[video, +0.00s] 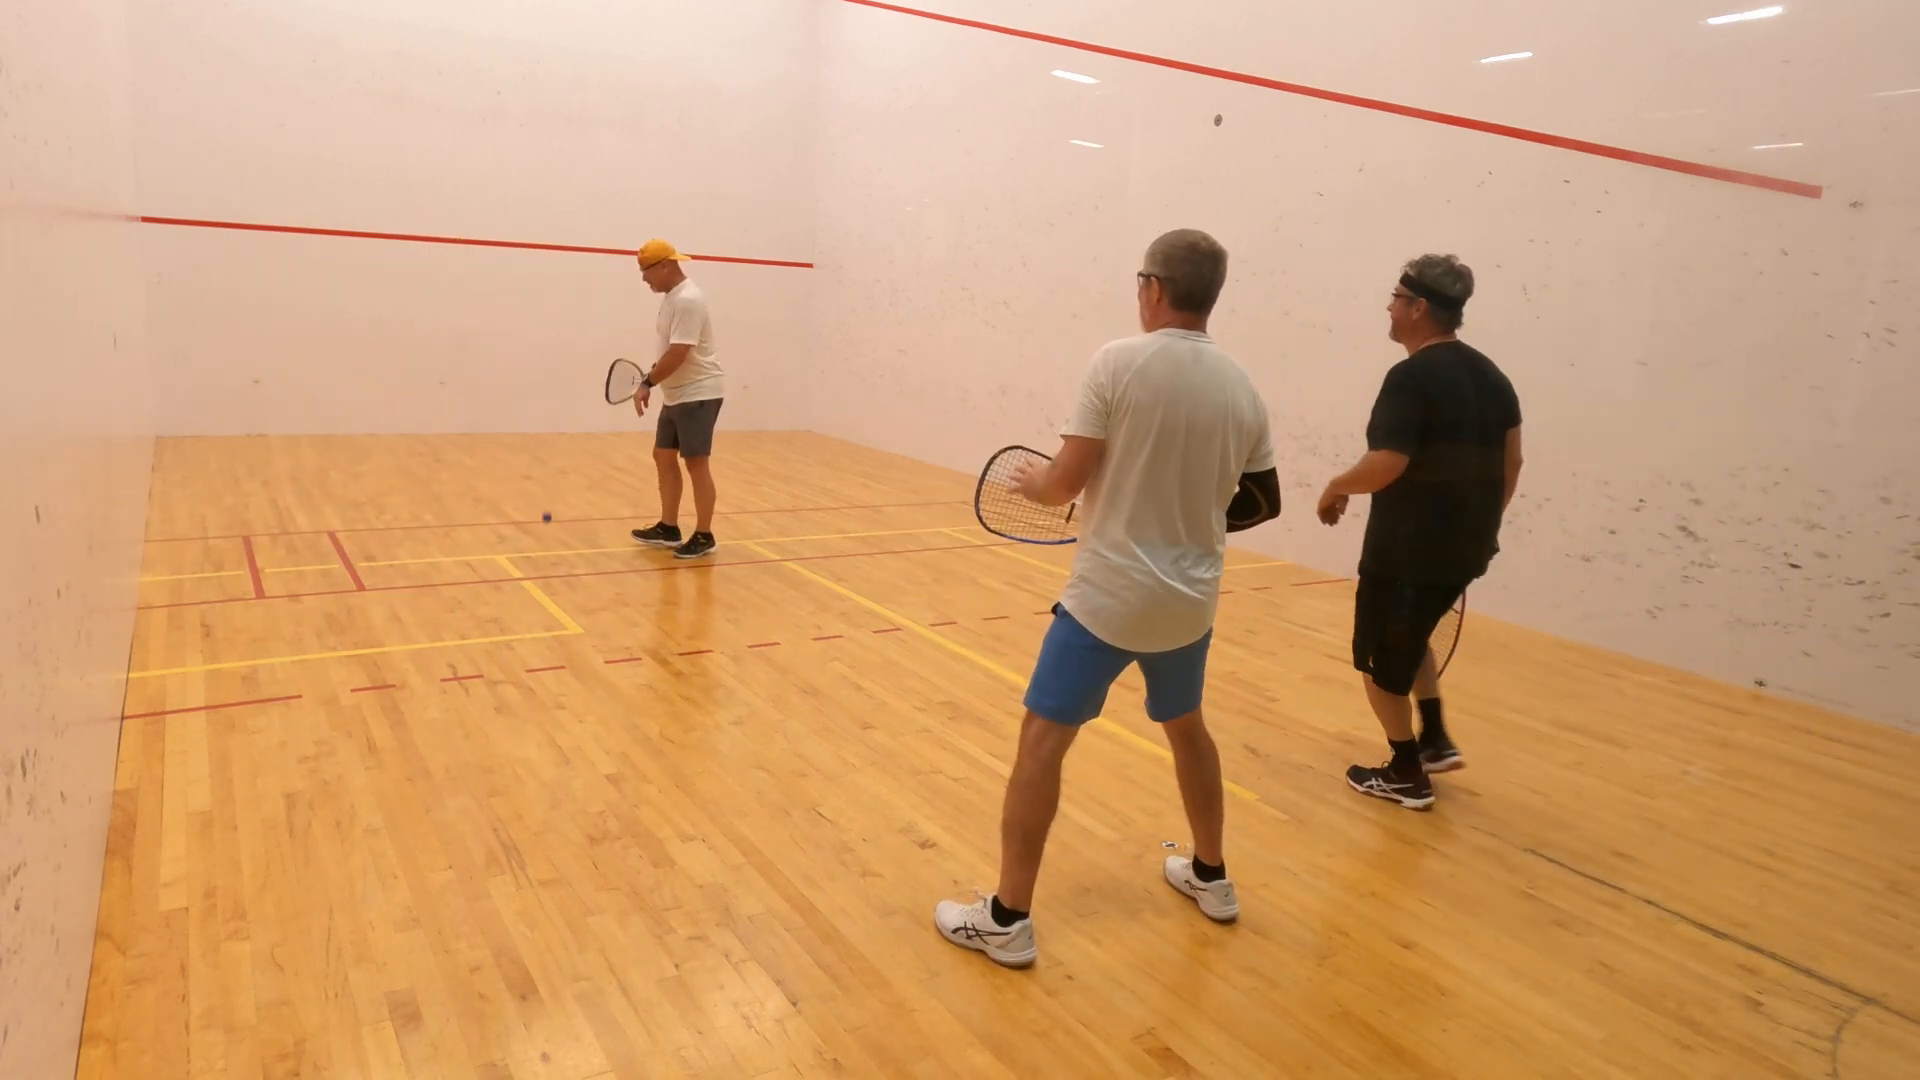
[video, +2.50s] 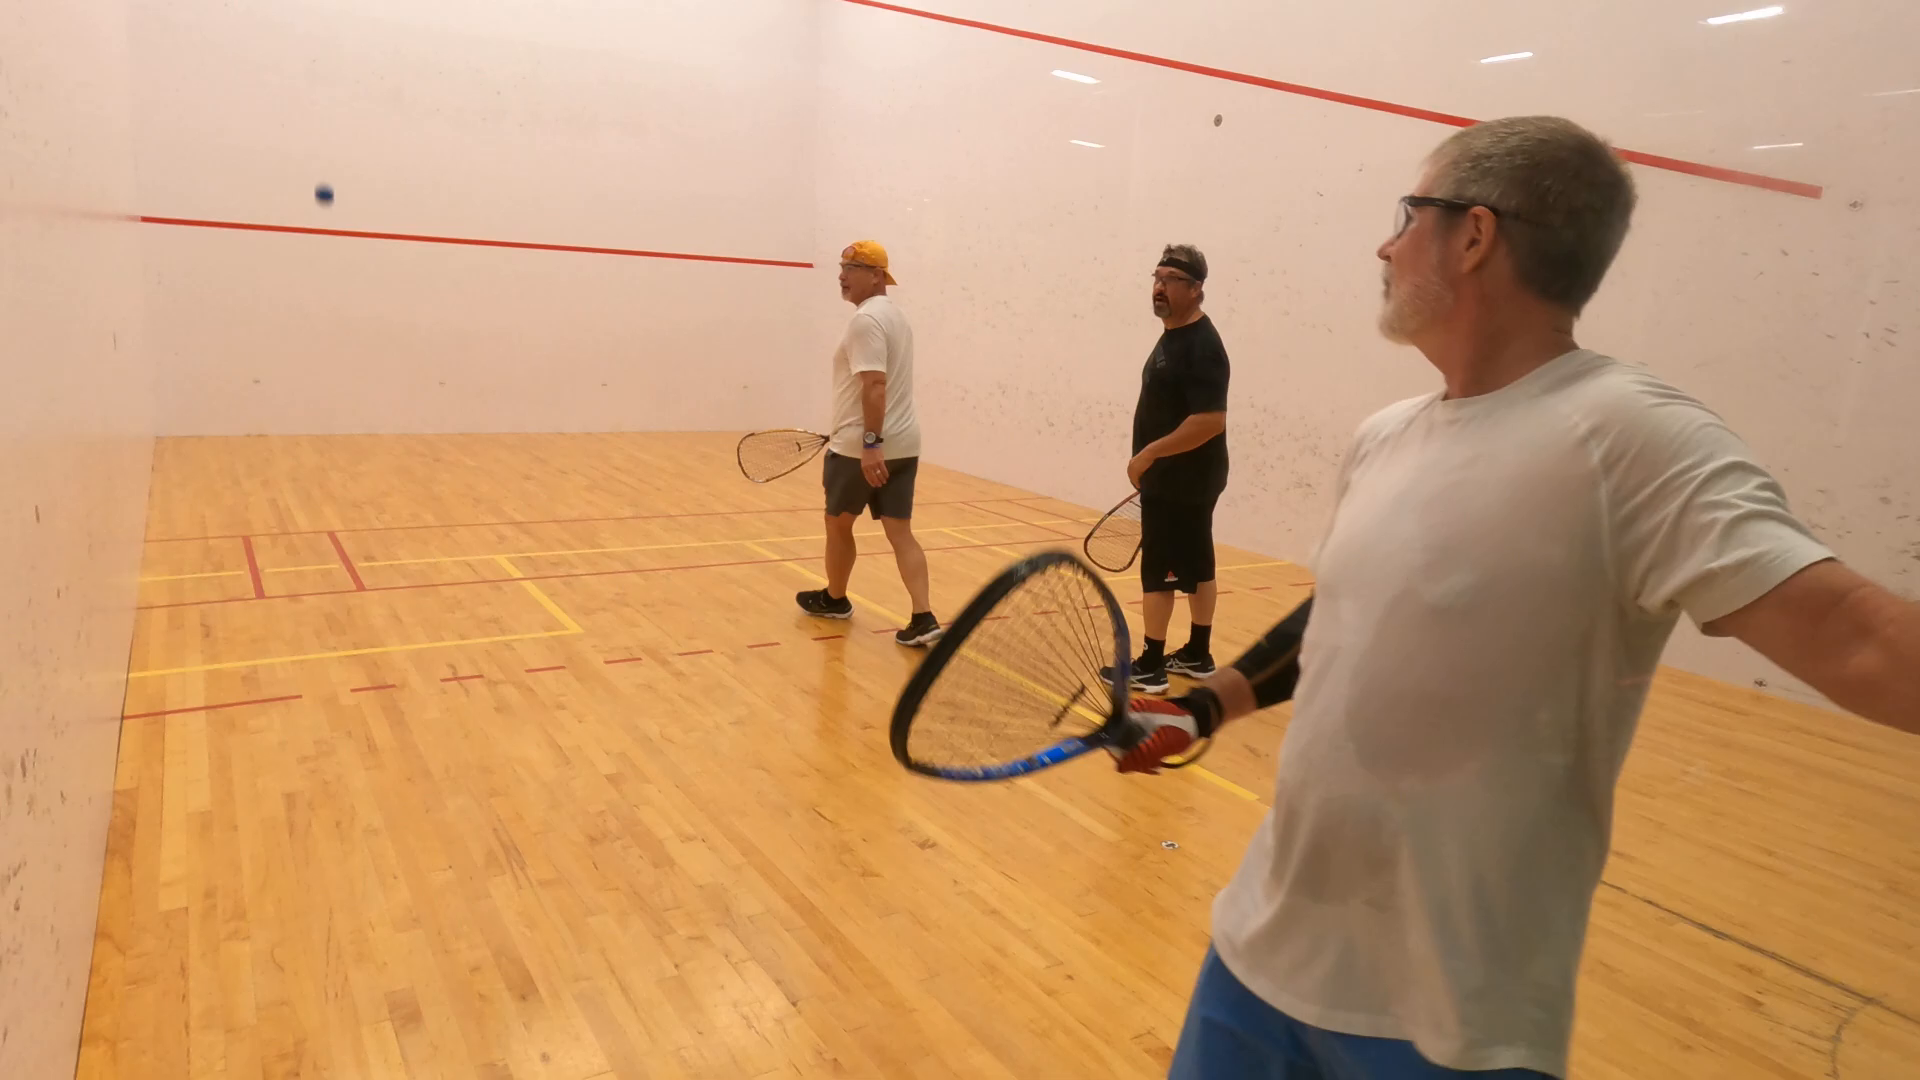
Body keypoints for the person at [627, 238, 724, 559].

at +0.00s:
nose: (644, 279)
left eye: (647, 271)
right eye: (643, 272)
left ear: (667, 267)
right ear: (664, 268)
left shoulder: (688, 300)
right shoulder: (673, 298)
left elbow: (678, 354)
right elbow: (671, 350)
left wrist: (648, 383)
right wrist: (649, 379)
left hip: (699, 394)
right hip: (677, 395)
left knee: (696, 462)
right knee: (664, 455)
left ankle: (704, 535)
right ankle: (669, 527)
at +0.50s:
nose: (644, 266)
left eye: (647, 261)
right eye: (645, 260)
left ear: (662, 265)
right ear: (669, 265)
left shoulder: (665, 302)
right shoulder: (683, 296)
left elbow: (639, 345)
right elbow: (644, 318)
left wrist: (617, 363)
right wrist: (605, 326)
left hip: (658, 394)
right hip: (674, 392)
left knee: (644, 460)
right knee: (657, 458)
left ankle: (691, 523)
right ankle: (664, 527)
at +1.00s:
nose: (656, 259)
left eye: (659, 255)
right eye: (658, 254)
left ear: (666, 261)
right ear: (687, 262)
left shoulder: (656, 302)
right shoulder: (706, 296)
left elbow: (625, 343)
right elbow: (726, 301)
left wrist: (603, 365)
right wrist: (736, 299)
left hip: (661, 399)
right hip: (690, 398)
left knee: (656, 467)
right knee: (670, 463)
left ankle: (687, 539)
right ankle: (666, 525)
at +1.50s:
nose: (704, 267)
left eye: (711, 264)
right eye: (707, 262)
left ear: (730, 272)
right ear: (736, 272)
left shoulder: (717, 311)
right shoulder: (757, 307)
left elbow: (712, 368)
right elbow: (746, 359)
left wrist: (700, 415)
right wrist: (702, 370)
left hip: (712, 417)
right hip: (747, 416)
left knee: (687, 475)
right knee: (743, 483)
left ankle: (687, 543)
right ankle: (762, 552)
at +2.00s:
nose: (764, 280)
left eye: (769, 272)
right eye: (764, 272)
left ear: (792, 273)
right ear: (799, 274)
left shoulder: (785, 316)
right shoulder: (829, 313)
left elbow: (770, 377)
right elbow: (840, 363)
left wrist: (736, 413)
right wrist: (844, 405)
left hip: (786, 426)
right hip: (820, 425)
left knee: (795, 510)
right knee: (790, 501)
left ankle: (832, 588)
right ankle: (773, 561)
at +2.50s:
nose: (842, 275)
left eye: (851, 268)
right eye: (843, 268)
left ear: (876, 276)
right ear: (877, 279)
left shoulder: (867, 319)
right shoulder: (897, 318)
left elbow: (875, 385)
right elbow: (888, 385)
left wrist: (872, 444)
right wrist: (844, 427)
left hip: (858, 447)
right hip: (902, 445)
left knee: (838, 521)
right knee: (900, 531)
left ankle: (835, 598)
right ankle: (923, 617)